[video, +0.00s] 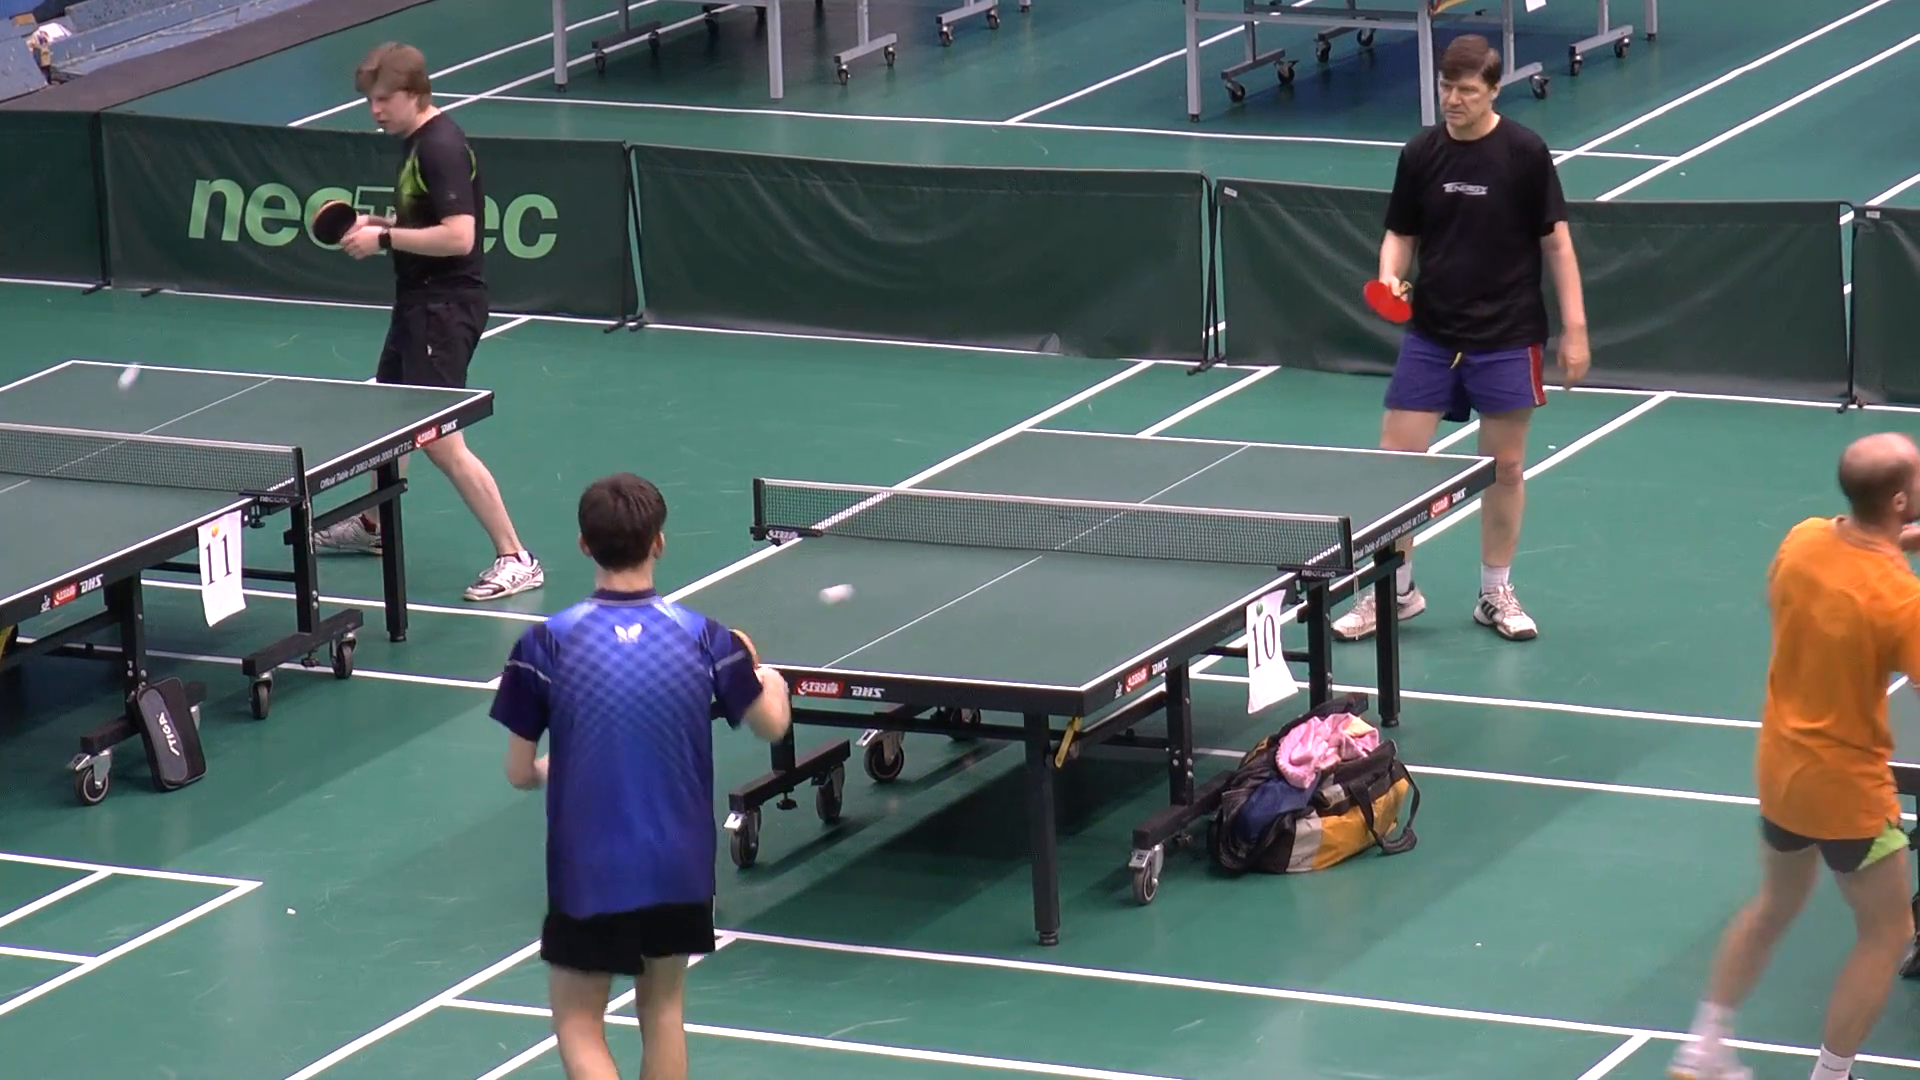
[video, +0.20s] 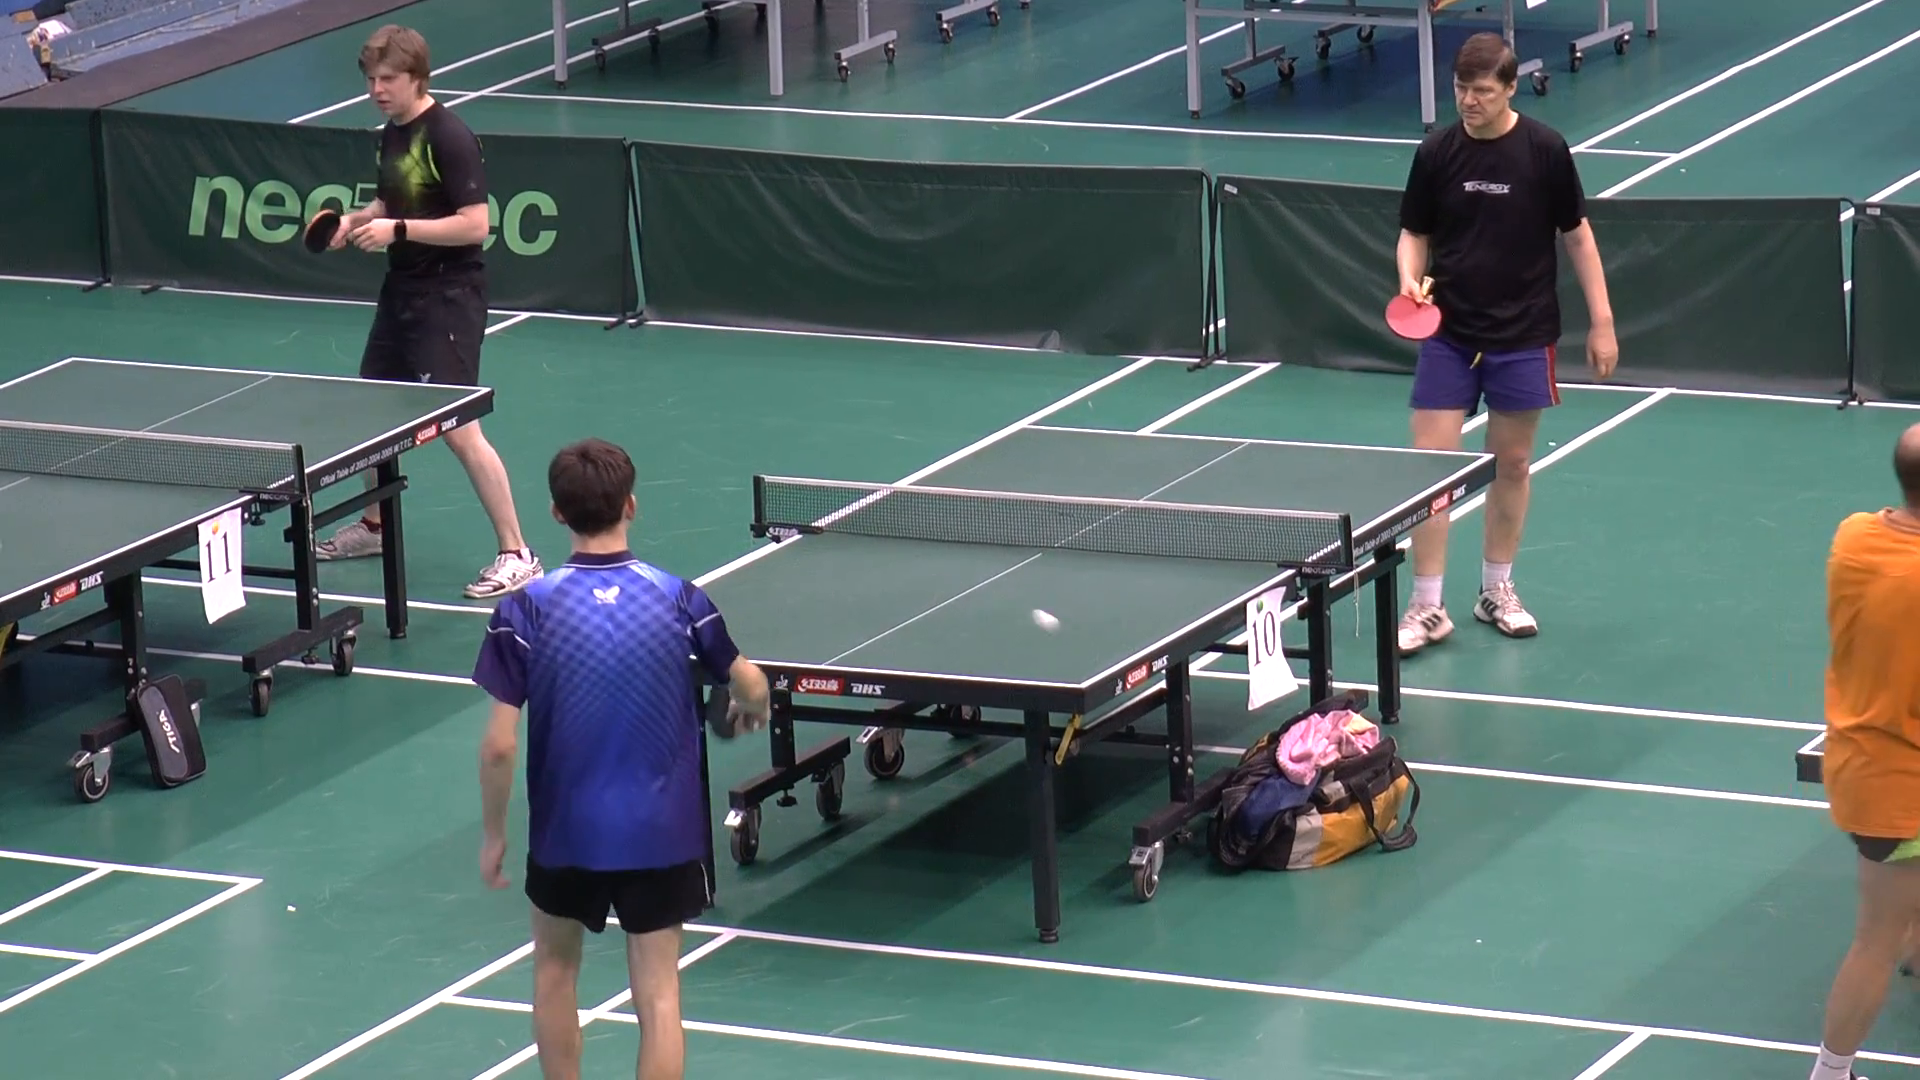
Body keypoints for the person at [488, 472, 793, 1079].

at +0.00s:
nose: (663, 539)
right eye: (661, 531)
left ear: (584, 546)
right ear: (659, 542)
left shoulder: (548, 641)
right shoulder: (702, 638)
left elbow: (520, 772)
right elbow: (773, 724)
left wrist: (571, 757)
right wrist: (757, 666)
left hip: (589, 876)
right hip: (678, 871)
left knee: (579, 1023)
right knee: (664, 1011)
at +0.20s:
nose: (634, 502)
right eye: (632, 495)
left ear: (558, 513)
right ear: (630, 506)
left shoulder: (525, 608)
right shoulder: (677, 596)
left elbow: (499, 747)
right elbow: (751, 685)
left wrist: (494, 835)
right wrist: (749, 709)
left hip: (566, 839)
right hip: (659, 837)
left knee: (556, 971)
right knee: (660, 998)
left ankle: (563, 1076)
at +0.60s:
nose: (578, 452)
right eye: (577, 443)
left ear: (507, 461)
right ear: (574, 454)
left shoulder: (479, 557)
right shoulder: (629, 547)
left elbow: (461, 683)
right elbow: (658, 676)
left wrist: (455, 791)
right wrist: (667, 784)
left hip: (523, 780)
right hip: (610, 776)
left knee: (536, 919)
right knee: (621, 907)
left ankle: (564, 1070)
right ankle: (628, 1034)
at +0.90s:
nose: (573, 436)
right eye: (574, 427)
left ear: (506, 435)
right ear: (575, 435)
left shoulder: (463, 525)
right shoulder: (613, 528)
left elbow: (423, 645)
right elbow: (645, 658)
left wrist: (420, 686)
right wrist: (647, 760)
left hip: (506, 752)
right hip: (592, 747)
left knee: (527, 904)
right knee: (600, 872)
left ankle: (563, 1064)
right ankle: (591, 998)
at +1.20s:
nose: (580, 407)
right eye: (587, 397)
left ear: (521, 396)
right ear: (588, 403)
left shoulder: (470, 478)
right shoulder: (614, 493)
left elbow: (435, 600)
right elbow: (647, 610)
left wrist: (441, 660)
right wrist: (650, 693)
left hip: (494, 702)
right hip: (580, 702)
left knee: (485, 830)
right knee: (587, 831)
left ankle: (525, 956)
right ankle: (586, 996)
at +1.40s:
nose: (565, 391)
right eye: (571, 380)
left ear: (505, 380)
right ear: (571, 386)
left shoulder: (454, 455)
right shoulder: (595, 469)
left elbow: (425, 582)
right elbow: (639, 580)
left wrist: (453, 634)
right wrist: (623, 616)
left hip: (480, 683)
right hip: (569, 686)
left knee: (459, 811)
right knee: (585, 825)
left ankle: (452, 973)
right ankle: (586, 996)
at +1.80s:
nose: (505, 361)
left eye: (501, 351)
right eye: (502, 352)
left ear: (436, 363)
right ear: (489, 363)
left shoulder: (392, 438)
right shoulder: (506, 455)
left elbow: (364, 546)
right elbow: (535, 583)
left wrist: (405, 596)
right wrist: (560, 608)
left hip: (426, 661)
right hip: (504, 664)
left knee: (433, 789)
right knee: (548, 797)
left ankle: (440, 952)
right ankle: (537, 965)